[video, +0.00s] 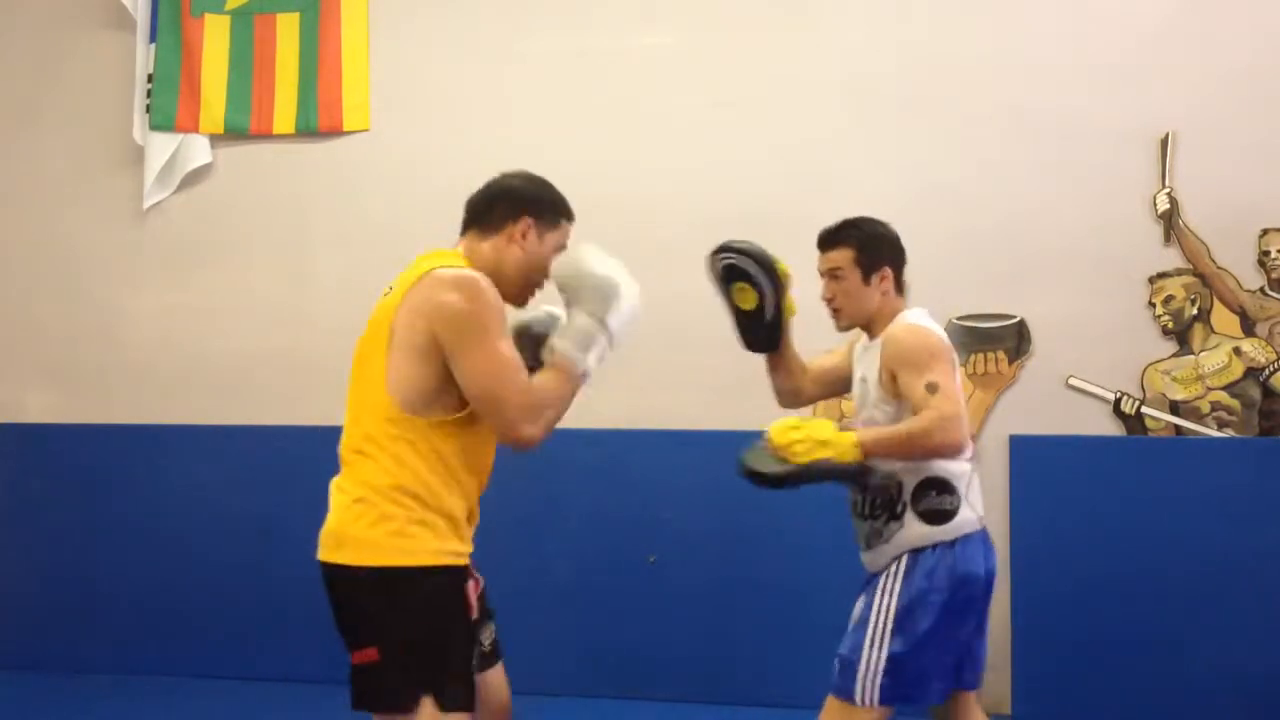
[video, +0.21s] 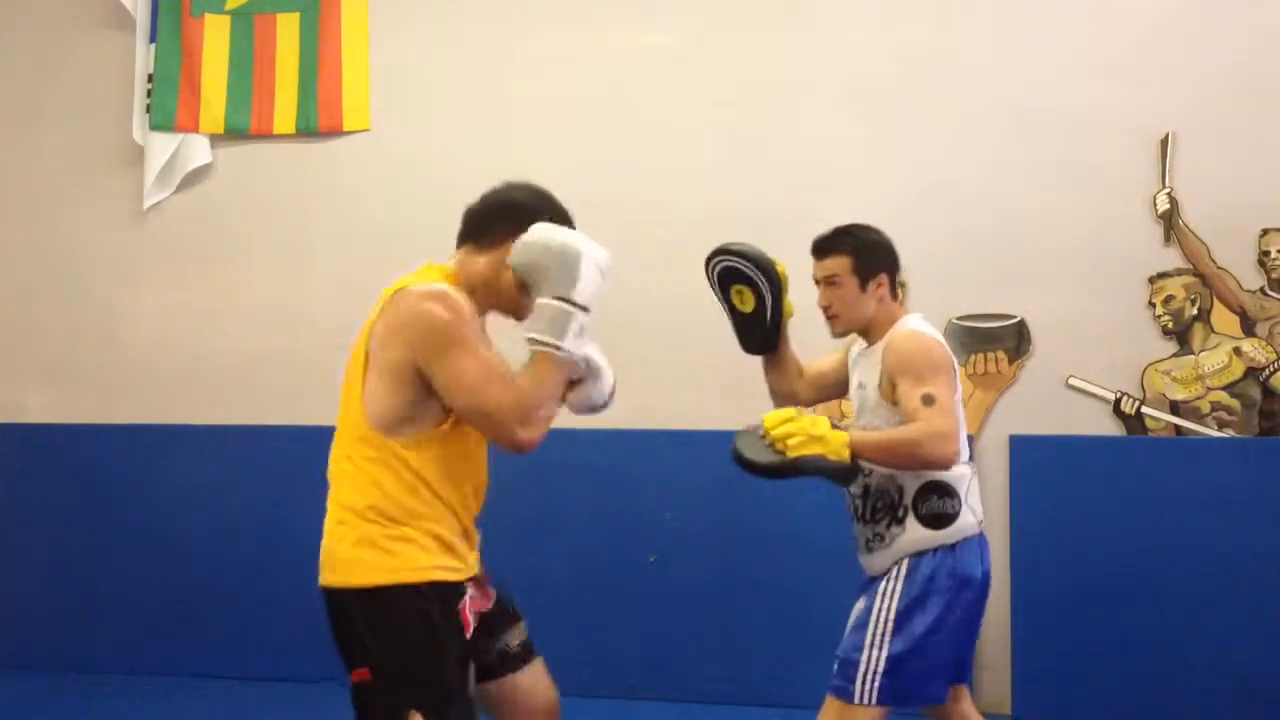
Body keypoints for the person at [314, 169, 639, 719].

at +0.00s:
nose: (551, 271)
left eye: (558, 256)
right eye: (554, 251)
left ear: (514, 230)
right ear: (521, 232)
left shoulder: (429, 280)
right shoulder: (461, 291)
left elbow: (435, 399)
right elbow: (525, 422)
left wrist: (520, 351)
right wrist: (587, 327)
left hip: (424, 551)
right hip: (398, 558)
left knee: (489, 702)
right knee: (429, 711)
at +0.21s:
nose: (538, 298)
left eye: (546, 286)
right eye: (541, 281)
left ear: (514, 254)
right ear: (515, 255)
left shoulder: (456, 309)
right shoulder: (430, 309)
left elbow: (507, 417)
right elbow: (522, 425)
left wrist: (561, 383)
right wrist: (562, 315)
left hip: (443, 566)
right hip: (390, 576)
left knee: (532, 702)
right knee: (426, 710)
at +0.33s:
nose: (568, 251)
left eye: (572, 237)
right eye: (569, 233)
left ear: (531, 224)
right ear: (536, 221)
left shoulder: (496, 302)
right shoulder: (424, 283)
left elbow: (540, 363)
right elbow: (480, 400)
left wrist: (628, 330)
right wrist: (555, 301)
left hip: (459, 543)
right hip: (387, 547)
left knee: (526, 702)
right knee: (407, 708)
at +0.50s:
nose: (580, 267)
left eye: (586, 256)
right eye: (580, 252)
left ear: (542, 235)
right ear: (543, 234)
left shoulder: (516, 307)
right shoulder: (437, 292)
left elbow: (591, 352)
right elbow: (443, 414)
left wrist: (691, 322)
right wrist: (542, 337)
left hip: (459, 539)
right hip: (390, 538)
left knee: (516, 703)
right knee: (416, 707)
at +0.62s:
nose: (578, 271)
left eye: (584, 254)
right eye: (580, 250)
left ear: (542, 234)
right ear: (543, 232)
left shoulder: (497, 313)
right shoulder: (434, 298)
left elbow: (485, 426)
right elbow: (408, 437)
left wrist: (584, 412)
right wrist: (528, 403)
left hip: (459, 546)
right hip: (395, 552)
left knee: (507, 705)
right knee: (402, 710)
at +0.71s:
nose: (571, 275)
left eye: (577, 257)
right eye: (573, 254)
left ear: (534, 238)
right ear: (538, 237)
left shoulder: (479, 310)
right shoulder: (430, 300)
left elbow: (451, 424)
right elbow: (395, 442)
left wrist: (536, 430)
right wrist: (516, 420)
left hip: (452, 555)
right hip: (391, 563)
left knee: (495, 708)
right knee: (395, 711)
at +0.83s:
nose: (556, 278)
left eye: (565, 260)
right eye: (561, 256)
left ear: (523, 235)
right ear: (528, 235)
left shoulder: (456, 302)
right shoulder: (427, 296)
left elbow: (437, 430)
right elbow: (412, 446)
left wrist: (519, 412)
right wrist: (513, 415)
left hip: (429, 558)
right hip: (374, 567)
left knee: (493, 710)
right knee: (385, 711)